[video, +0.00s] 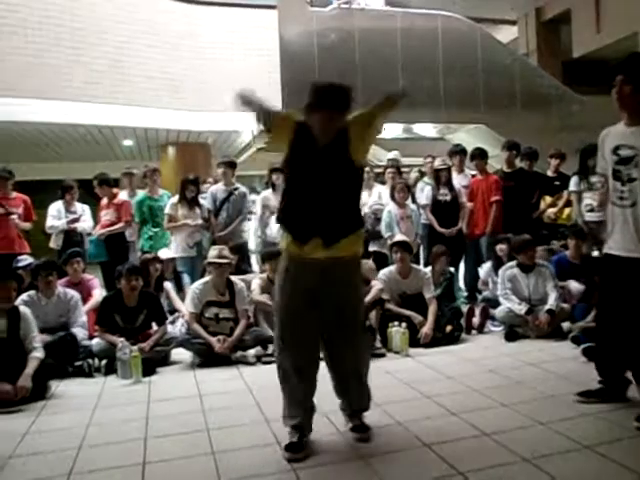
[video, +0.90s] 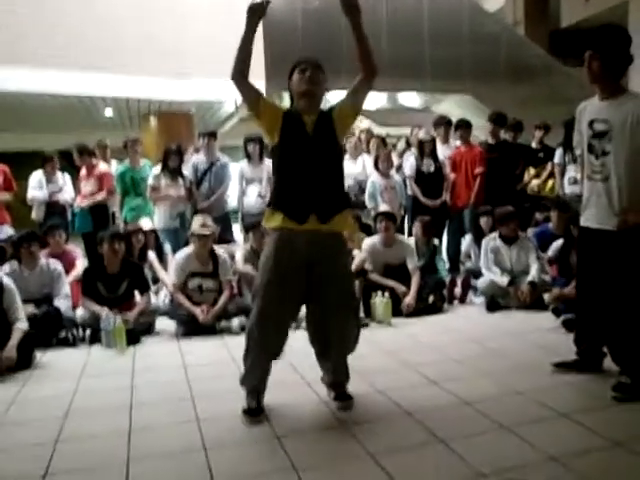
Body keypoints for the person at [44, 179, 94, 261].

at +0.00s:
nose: (73, 196)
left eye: (75, 193)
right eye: (70, 194)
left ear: (78, 194)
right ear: (64, 195)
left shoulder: (84, 208)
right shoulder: (55, 207)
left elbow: (89, 226)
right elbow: (49, 226)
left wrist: (76, 227)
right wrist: (66, 223)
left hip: (79, 239)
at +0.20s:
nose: (77, 190)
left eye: (78, 187)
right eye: (74, 187)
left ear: (81, 188)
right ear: (68, 188)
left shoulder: (88, 201)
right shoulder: (59, 199)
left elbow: (93, 219)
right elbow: (53, 219)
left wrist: (79, 220)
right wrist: (70, 216)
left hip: (82, 231)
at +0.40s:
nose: (72, 187)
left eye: (73, 184)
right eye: (69, 185)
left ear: (76, 185)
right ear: (62, 185)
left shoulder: (82, 198)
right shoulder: (53, 196)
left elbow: (88, 216)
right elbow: (47, 216)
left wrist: (74, 217)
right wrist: (65, 214)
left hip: (77, 231)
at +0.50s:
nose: (66, 186)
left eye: (68, 183)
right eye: (63, 183)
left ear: (70, 183)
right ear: (56, 184)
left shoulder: (76, 197)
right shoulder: (47, 195)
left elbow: (81, 215)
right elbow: (41, 215)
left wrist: (68, 216)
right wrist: (59, 212)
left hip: (71, 228)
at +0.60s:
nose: (61, 186)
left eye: (62, 183)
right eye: (57, 183)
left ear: (65, 183)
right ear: (51, 184)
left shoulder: (71, 197)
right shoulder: (42, 196)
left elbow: (76, 215)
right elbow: (36, 215)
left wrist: (62, 216)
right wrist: (54, 213)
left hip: (66, 229)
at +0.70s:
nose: (56, 187)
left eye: (58, 184)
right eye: (53, 185)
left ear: (60, 184)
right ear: (47, 185)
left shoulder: (67, 195)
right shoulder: (38, 194)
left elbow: (71, 215)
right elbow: (32, 216)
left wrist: (59, 218)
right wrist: (48, 215)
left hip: (62, 229)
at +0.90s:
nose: (54, 168)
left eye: (56, 165)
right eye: (51, 165)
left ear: (58, 165)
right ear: (45, 166)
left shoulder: (65, 177)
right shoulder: (36, 176)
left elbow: (70, 196)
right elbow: (30, 197)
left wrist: (58, 198)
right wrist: (47, 196)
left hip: (61, 209)